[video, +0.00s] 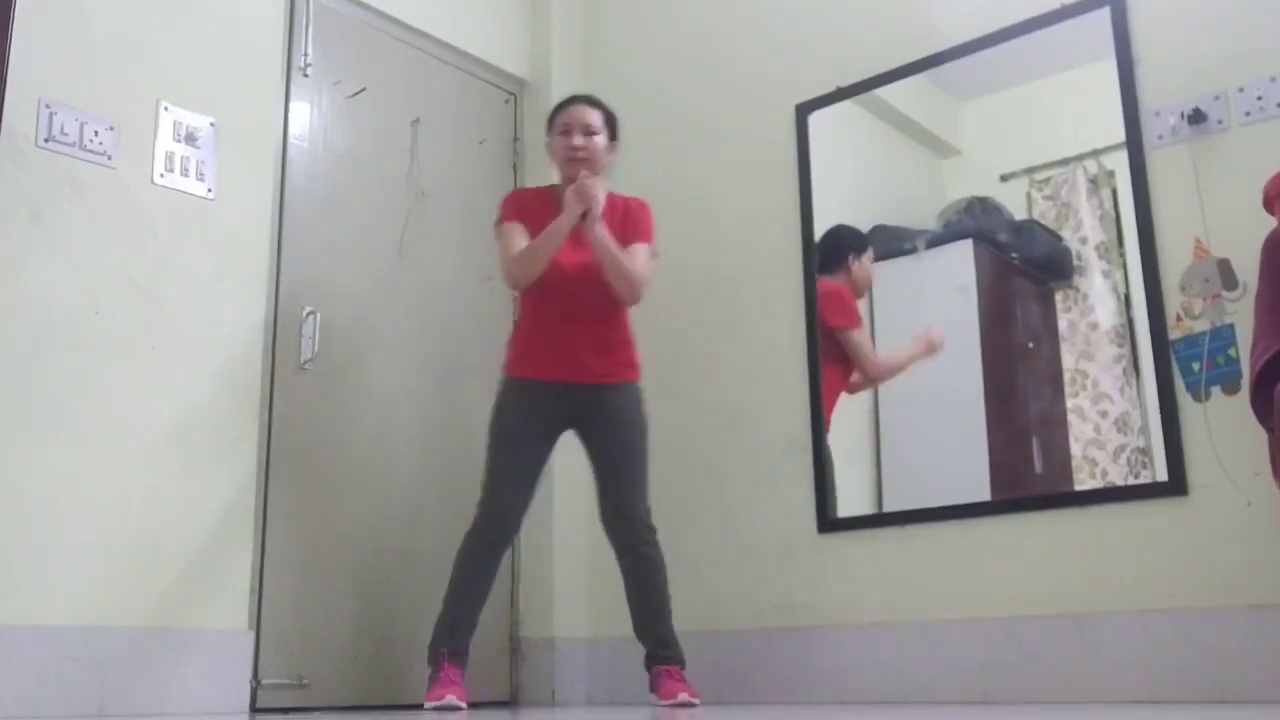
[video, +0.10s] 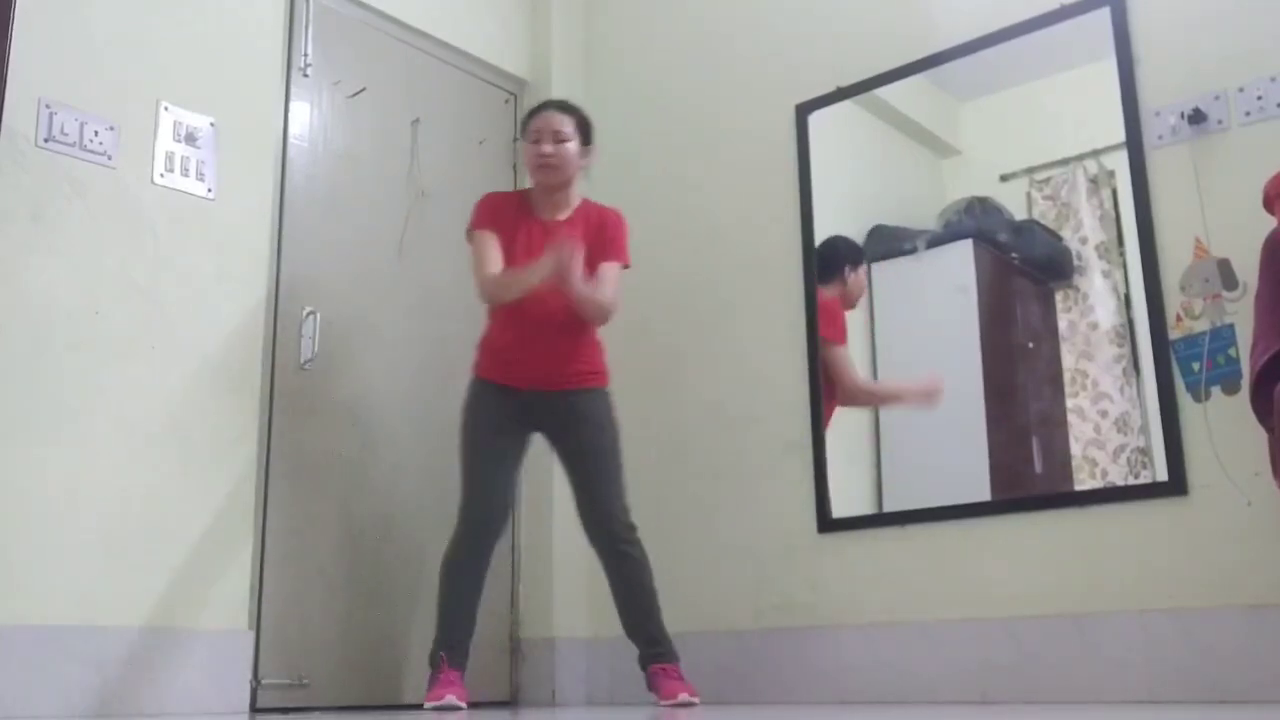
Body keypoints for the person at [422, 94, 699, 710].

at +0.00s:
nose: (578, 142)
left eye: (590, 133)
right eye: (567, 133)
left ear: (612, 147)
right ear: (549, 145)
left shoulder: (631, 212)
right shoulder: (523, 204)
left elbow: (632, 289)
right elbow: (517, 273)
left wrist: (594, 227)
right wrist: (571, 214)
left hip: (610, 388)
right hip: (533, 385)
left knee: (631, 523)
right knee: (495, 521)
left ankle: (666, 666)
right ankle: (447, 663)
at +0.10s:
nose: (545, 149)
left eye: (558, 140)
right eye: (536, 139)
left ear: (584, 153)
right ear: (522, 151)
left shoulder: (604, 222)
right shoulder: (496, 209)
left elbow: (601, 310)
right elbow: (492, 290)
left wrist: (573, 276)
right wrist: (550, 262)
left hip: (578, 392)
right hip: (500, 389)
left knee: (612, 527)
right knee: (479, 523)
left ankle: (661, 666)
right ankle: (447, 671)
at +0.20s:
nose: (517, 162)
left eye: (530, 151)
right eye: (508, 152)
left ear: (559, 158)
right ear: (498, 160)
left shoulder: (583, 230)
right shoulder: (475, 213)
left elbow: (581, 309)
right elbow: (468, 294)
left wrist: (559, 369)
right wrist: (485, 363)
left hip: (549, 388)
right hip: (475, 384)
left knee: (581, 516)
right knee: (462, 519)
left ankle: (641, 654)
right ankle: (444, 669)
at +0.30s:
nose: (491, 170)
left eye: (504, 158)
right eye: (484, 159)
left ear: (540, 160)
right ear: (478, 163)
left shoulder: (568, 235)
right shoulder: (462, 215)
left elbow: (564, 330)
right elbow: (441, 307)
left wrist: (572, 418)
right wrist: (419, 399)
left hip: (529, 389)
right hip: (456, 387)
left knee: (538, 498)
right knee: (454, 515)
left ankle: (591, 634)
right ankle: (443, 669)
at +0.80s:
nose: (496, 162)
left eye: (509, 152)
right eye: (484, 150)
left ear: (529, 166)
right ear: (466, 160)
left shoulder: (548, 238)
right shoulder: (437, 224)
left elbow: (571, 327)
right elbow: (374, 304)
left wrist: (580, 404)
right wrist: (383, 386)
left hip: (521, 389)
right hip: (444, 387)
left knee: (531, 497)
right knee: (445, 518)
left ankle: (509, 602)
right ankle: (438, 670)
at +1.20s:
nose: (573, 142)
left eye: (584, 136)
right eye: (561, 130)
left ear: (591, 151)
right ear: (530, 141)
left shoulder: (603, 211)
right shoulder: (498, 204)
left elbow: (623, 291)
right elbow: (514, 271)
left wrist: (600, 233)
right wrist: (581, 228)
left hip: (593, 385)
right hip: (516, 385)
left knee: (629, 522)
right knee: (487, 525)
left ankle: (672, 666)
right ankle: (448, 669)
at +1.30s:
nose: (603, 146)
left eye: (611, 138)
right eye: (590, 135)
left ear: (618, 154)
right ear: (556, 147)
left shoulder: (634, 213)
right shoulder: (526, 212)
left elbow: (649, 299)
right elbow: (539, 295)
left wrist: (623, 284)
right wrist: (612, 290)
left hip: (625, 388)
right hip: (548, 387)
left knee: (646, 521)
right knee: (512, 518)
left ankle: (670, 666)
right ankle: (454, 664)